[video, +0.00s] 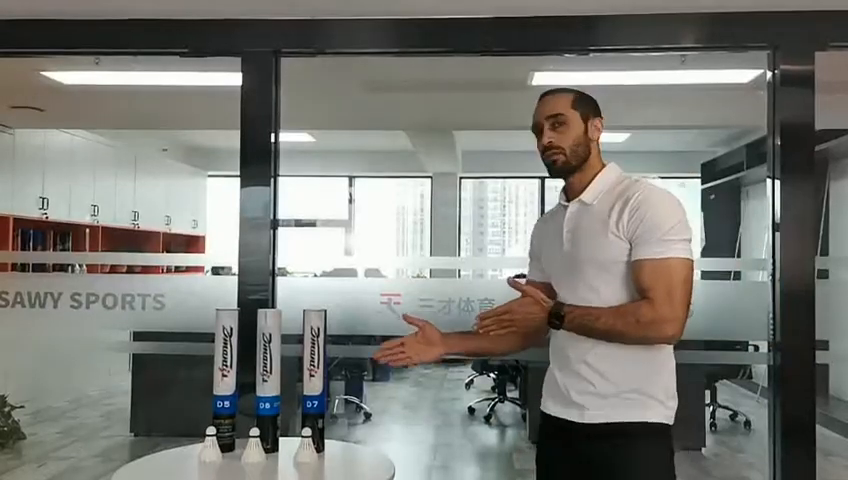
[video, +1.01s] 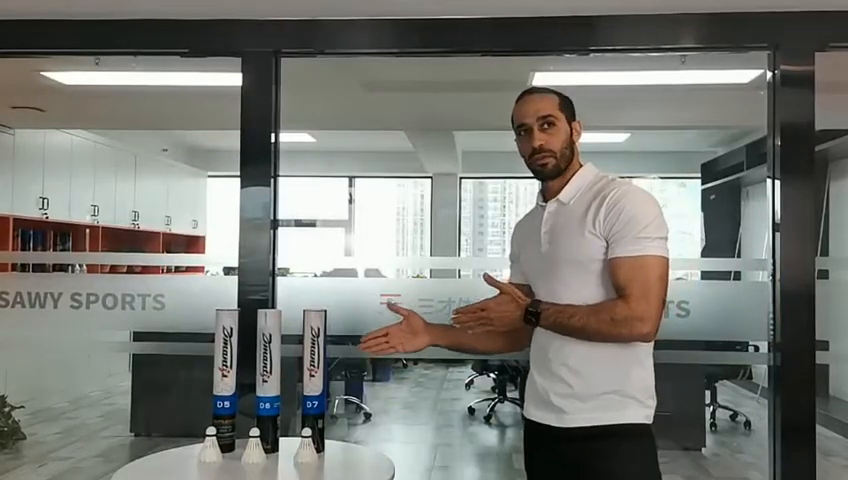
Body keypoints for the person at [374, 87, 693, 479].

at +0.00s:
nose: (545, 140)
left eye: (557, 124)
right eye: (538, 132)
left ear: (595, 128)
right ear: (535, 142)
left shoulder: (650, 205)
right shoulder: (546, 227)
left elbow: (665, 321)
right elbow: (532, 328)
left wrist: (555, 314)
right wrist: (445, 343)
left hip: (633, 425)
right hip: (560, 420)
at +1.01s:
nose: (535, 141)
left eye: (547, 126)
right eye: (524, 132)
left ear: (575, 131)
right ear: (517, 145)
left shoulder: (626, 203)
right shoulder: (525, 229)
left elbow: (640, 320)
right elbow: (520, 334)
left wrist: (532, 311)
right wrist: (431, 333)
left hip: (614, 426)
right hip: (543, 424)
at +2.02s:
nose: (538, 136)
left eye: (552, 121)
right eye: (528, 127)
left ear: (582, 128)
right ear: (522, 139)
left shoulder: (629, 205)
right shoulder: (529, 226)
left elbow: (644, 323)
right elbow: (522, 327)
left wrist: (536, 317)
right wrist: (446, 326)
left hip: (609, 426)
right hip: (540, 423)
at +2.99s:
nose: (516, 154)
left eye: (526, 138)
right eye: (515, 140)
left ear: (567, 133)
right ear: (563, 134)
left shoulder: (635, 208)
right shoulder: (533, 222)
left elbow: (645, 327)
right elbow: (521, 325)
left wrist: (538, 295)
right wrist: (439, 297)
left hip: (611, 428)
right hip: (541, 424)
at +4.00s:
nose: (492, 169)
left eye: (500, 151)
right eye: (488, 156)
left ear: (540, 135)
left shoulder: (620, 204)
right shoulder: (510, 224)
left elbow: (658, 326)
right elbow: (495, 326)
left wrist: (543, 320)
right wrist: (411, 347)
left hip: (618, 432)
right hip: (541, 431)